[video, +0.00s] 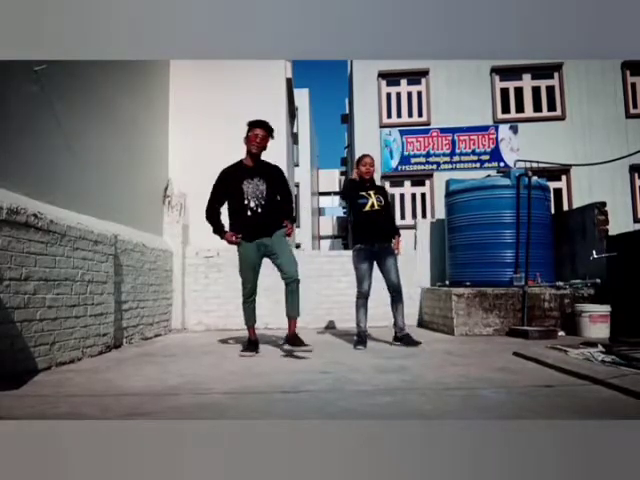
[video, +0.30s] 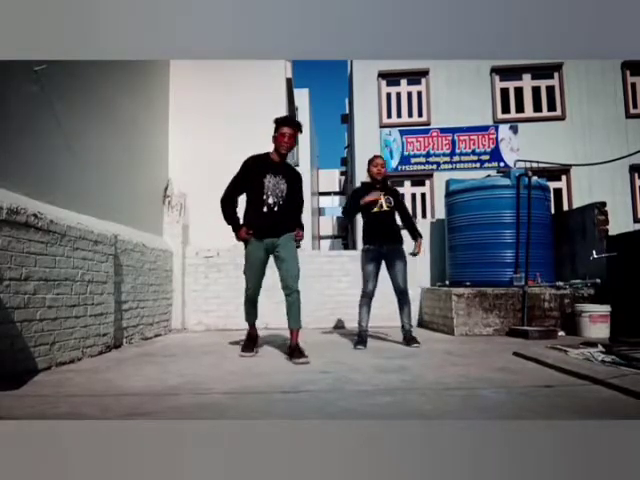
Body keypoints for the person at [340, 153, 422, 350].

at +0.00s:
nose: (369, 168)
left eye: (371, 165)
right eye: (365, 165)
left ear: (375, 168)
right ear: (357, 169)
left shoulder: (381, 190)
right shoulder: (352, 189)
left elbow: (389, 216)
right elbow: (346, 196)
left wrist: (396, 235)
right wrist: (353, 178)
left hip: (384, 244)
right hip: (362, 245)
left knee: (395, 287)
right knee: (363, 291)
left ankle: (401, 332)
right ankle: (361, 334)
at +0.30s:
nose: (380, 169)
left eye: (382, 166)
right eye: (376, 166)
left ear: (386, 169)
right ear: (369, 169)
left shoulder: (392, 192)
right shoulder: (360, 191)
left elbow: (405, 216)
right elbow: (347, 213)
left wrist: (417, 237)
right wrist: (365, 201)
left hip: (394, 246)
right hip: (371, 246)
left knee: (401, 289)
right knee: (368, 291)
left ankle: (408, 333)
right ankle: (362, 335)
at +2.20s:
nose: (362, 167)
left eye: (366, 163)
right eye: (359, 164)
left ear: (372, 166)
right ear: (355, 167)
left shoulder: (380, 188)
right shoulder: (349, 188)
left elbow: (387, 218)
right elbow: (339, 217)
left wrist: (392, 243)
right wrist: (336, 245)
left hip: (377, 246)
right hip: (353, 246)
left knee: (387, 289)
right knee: (352, 291)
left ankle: (394, 333)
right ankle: (349, 335)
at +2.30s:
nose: (368, 167)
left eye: (371, 164)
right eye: (365, 164)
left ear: (376, 167)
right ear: (359, 168)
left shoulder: (385, 192)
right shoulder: (352, 190)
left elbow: (388, 223)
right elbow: (342, 218)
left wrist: (391, 248)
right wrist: (335, 245)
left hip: (380, 247)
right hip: (356, 247)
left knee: (389, 288)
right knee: (355, 291)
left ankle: (394, 334)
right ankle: (350, 335)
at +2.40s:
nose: (375, 167)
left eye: (378, 164)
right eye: (371, 164)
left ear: (383, 167)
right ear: (365, 169)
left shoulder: (390, 192)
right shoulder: (357, 190)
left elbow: (393, 221)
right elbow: (346, 214)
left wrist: (393, 245)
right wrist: (342, 234)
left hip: (382, 247)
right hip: (359, 246)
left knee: (392, 288)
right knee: (355, 290)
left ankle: (395, 333)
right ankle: (350, 334)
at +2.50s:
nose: (377, 166)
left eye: (380, 163)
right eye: (373, 163)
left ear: (386, 166)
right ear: (368, 168)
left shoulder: (394, 191)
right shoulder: (360, 188)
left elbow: (396, 221)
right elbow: (348, 212)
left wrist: (396, 245)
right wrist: (347, 226)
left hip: (384, 246)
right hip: (361, 245)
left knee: (392, 288)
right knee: (354, 288)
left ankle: (395, 333)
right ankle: (349, 333)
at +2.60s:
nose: (379, 163)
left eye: (381, 160)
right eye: (375, 161)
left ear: (387, 163)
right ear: (369, 165)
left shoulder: (394, 184)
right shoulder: (361, 184)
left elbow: (397, 216)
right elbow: (350, 208)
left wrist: (398, 243)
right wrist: (355, 221)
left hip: (385, 242)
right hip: (363, 241)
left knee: (390, 288)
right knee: (353, 285)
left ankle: (395, 332)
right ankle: (346, 330)